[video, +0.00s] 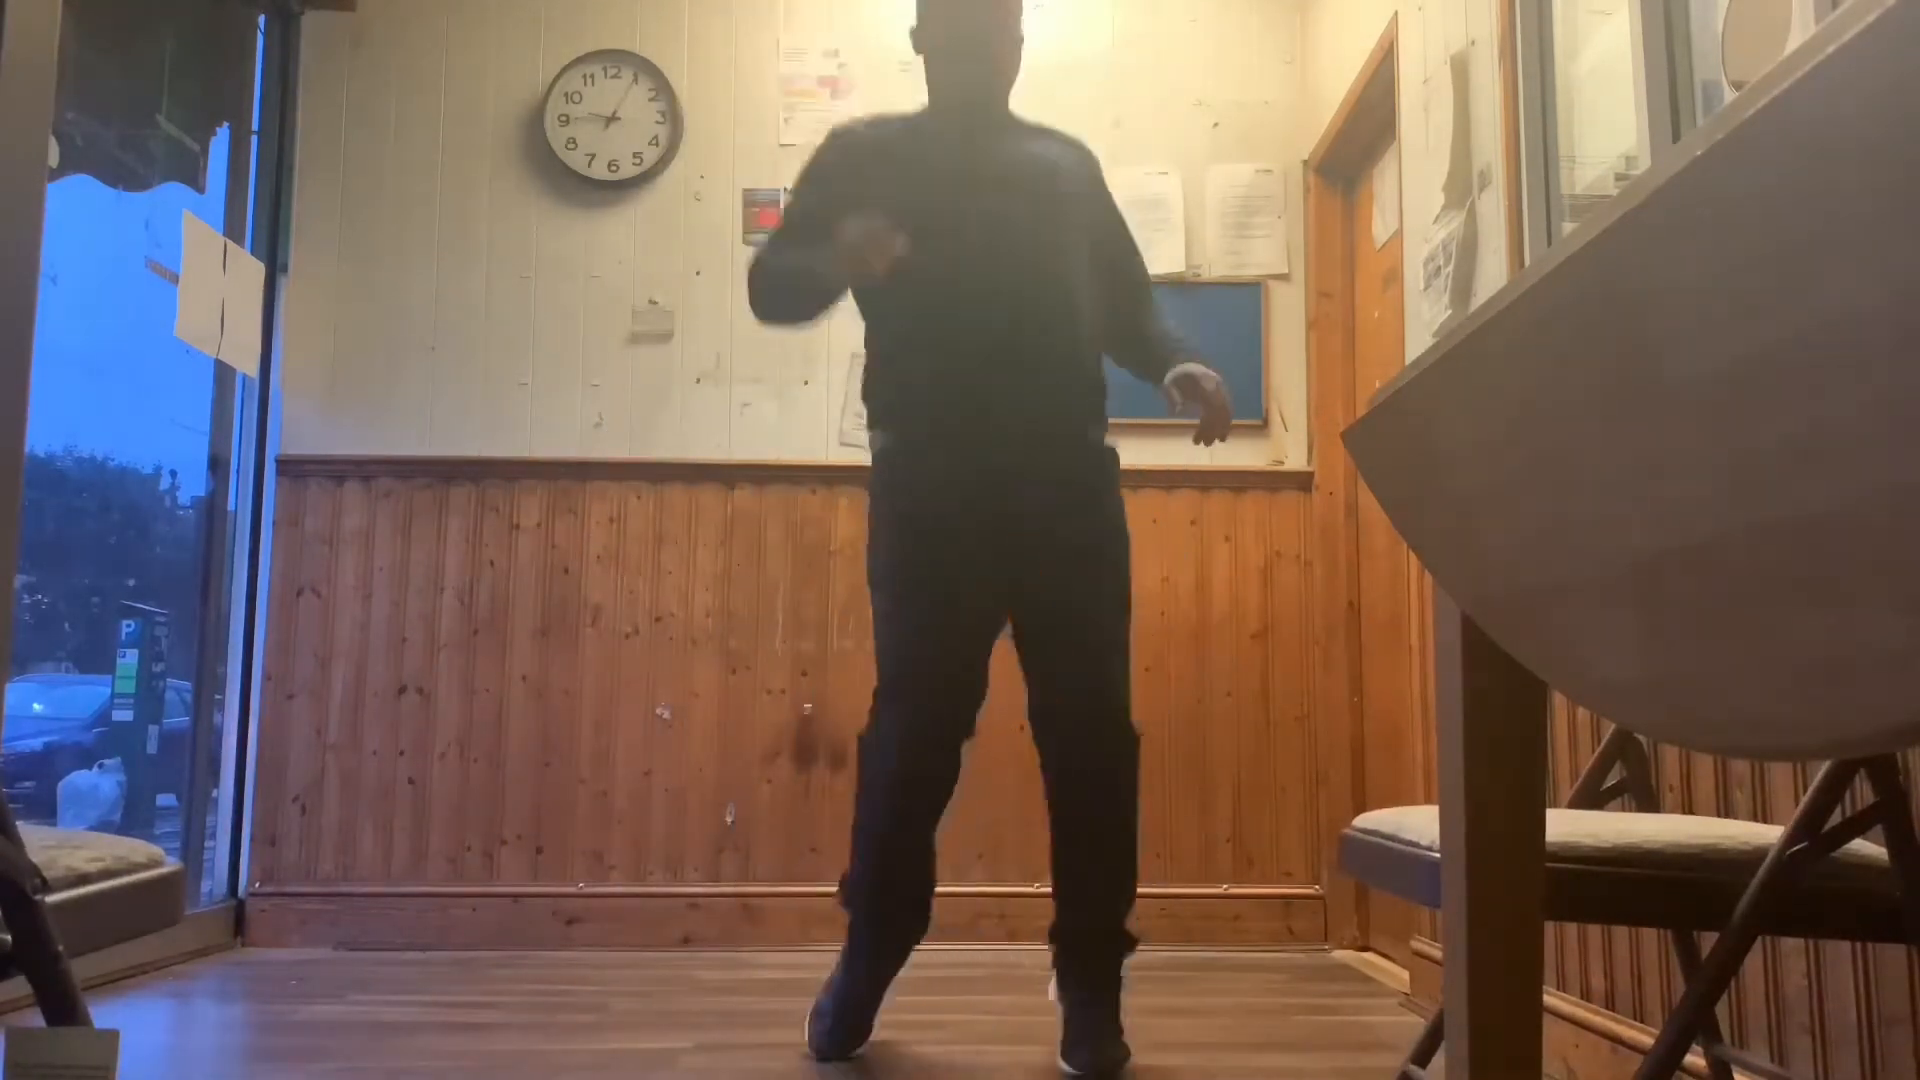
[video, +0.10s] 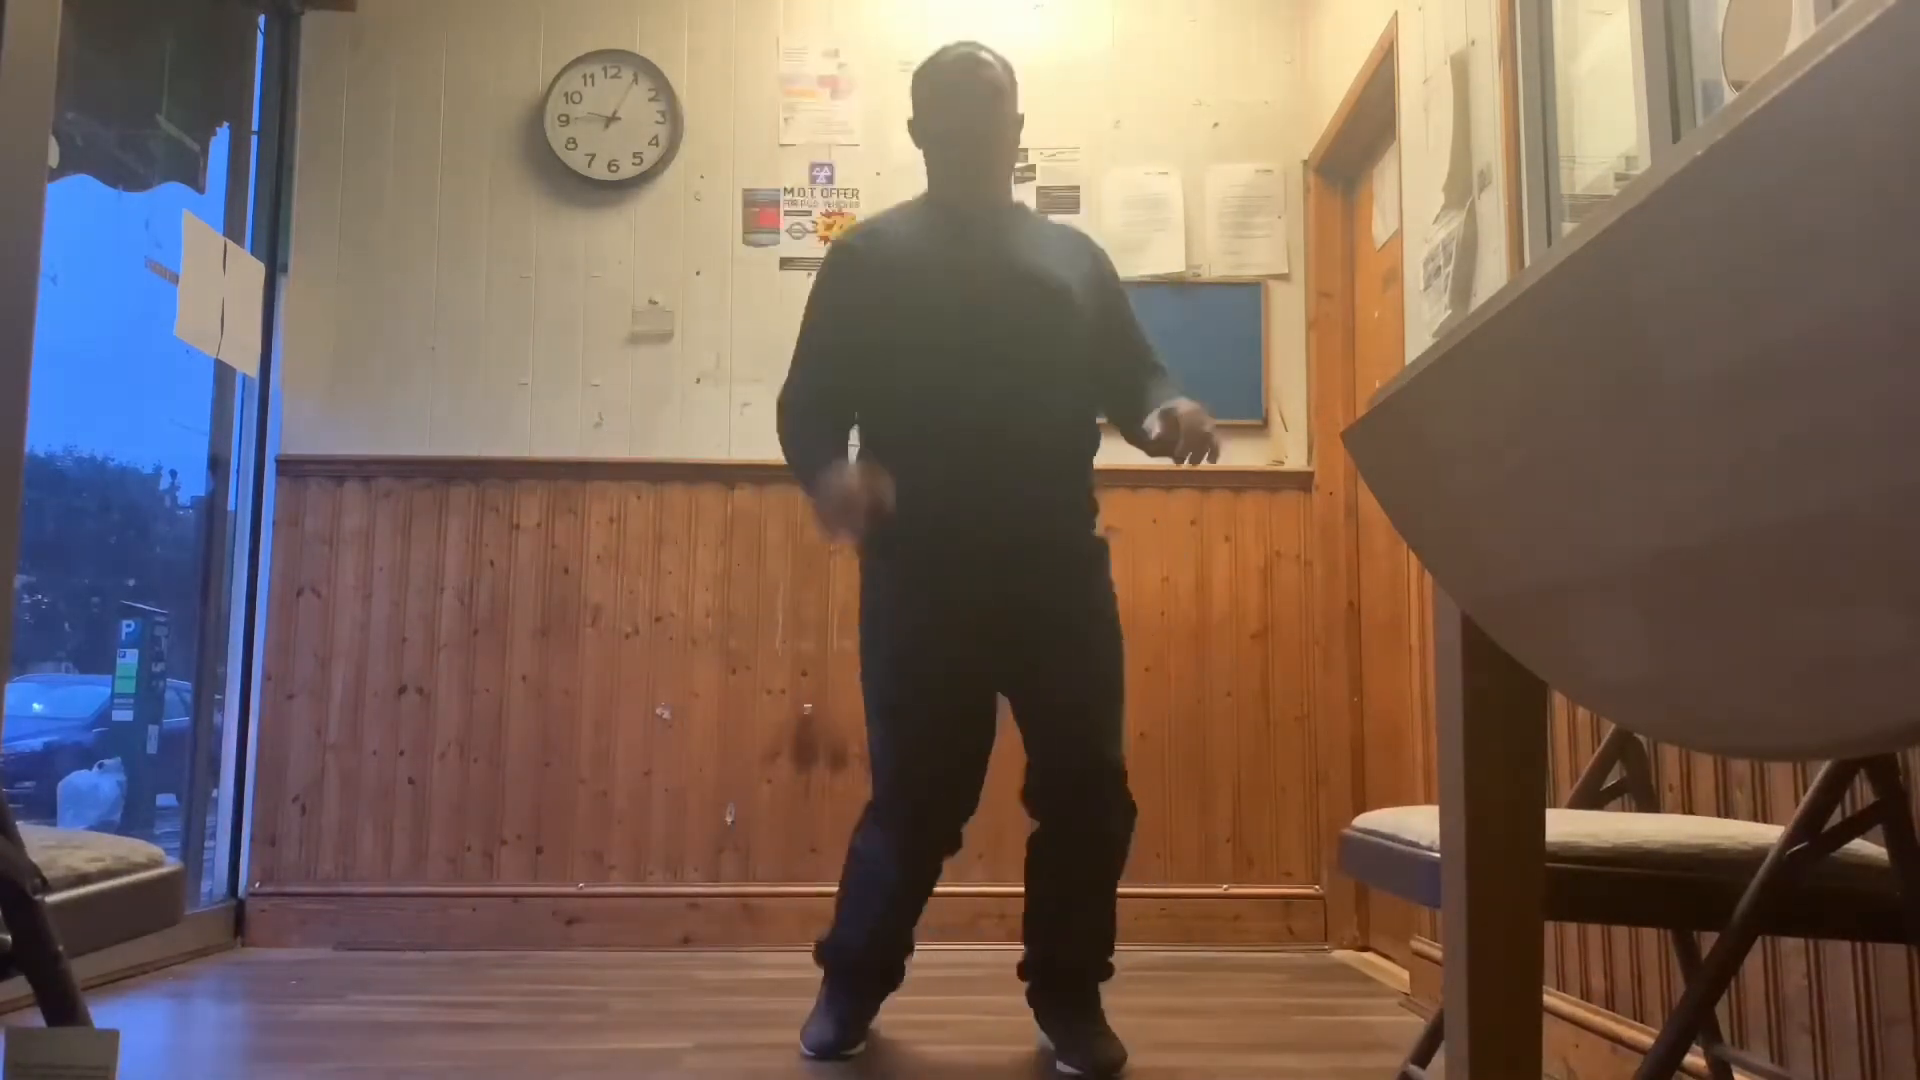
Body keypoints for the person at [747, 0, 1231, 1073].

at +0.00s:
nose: (996, 39)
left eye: (1006, 21)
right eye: (972, 20)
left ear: (1019, 42)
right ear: (925, 33)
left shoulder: (1065, 165)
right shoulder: (861, 153)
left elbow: (1123, 309)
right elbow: (771, 294)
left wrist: (1175, 363)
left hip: (1068, 489)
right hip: (932, 490)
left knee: (1091, 734)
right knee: (915, 727)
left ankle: (1092, 983)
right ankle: (871, 949)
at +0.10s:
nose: (979, 125)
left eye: (995, 105)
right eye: (956, 105)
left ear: (1019, 125)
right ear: (918, 125)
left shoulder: (1075, 258)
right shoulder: (868, 259)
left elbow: (1132, 378)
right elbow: (809, 402)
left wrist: (1167, 411)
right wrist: (827, 472)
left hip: (1058, 565)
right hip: (922, 567)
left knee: (1088, 795)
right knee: (917, 800)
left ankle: (1071, 1003)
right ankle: (849, 992)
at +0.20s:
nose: (960, 144)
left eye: (978, 123)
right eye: (936, 124)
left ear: (1006, 135)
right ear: (905, 137)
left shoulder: (1069, 260)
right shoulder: (858, 272)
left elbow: (1137, 380)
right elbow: (806, 435)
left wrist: (1099, 422)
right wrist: (795, 583)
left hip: (1051, 583)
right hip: (913, 586)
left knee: (1086, 797)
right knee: (893, 803)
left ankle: (1069, 999)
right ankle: (852, 991)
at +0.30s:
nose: (913, 119)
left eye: (934, 97)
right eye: (896, 100)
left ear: (979, 106)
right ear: (877, 114)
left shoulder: (1048, 218)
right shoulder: (843, 257)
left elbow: (1102, 345)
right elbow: (799, 409)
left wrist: (968, 393)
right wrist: (765, 553)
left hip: (1043, 555)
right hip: (904, 562)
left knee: (1075, 772)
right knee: (876, 777)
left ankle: (1074, 1000)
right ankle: (854, 985)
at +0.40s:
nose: (888, 113)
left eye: (909, 91)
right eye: (873, 94)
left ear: (954, 97)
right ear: (853, 107)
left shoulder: (1013, 184)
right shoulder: (840, 241)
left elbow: (1015, 339)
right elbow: (808, 390)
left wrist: (865, 378)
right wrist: (774, 517)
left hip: (1032, 522)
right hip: (900, 530)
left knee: (1061, 761)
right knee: (868, 763)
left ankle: (1082, 997)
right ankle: (854, 981)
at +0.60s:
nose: (835, 141)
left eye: (855, 118)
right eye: (830, 120)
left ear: (915, 114)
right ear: (836, 127)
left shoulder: (950, 202)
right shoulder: (877, 232)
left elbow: (862, 314)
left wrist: (747, 380)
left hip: (1006, 531)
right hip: (899, 537)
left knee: (1060, 748)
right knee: (851, 758)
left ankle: (1158, 950)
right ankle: (851, 977)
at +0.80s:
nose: (841, 189)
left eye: (857, 166)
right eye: (836, 166)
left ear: (915, 158)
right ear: (855, 165)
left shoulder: (942, 245)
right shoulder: (907, 255)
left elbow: (895, 400)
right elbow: (878, 402)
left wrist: (821, 512)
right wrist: (828, 510)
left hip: (1036, 562)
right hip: (934, 565)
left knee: (1105, 784)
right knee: (848, 776)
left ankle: (1195, 981)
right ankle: (852, 983)